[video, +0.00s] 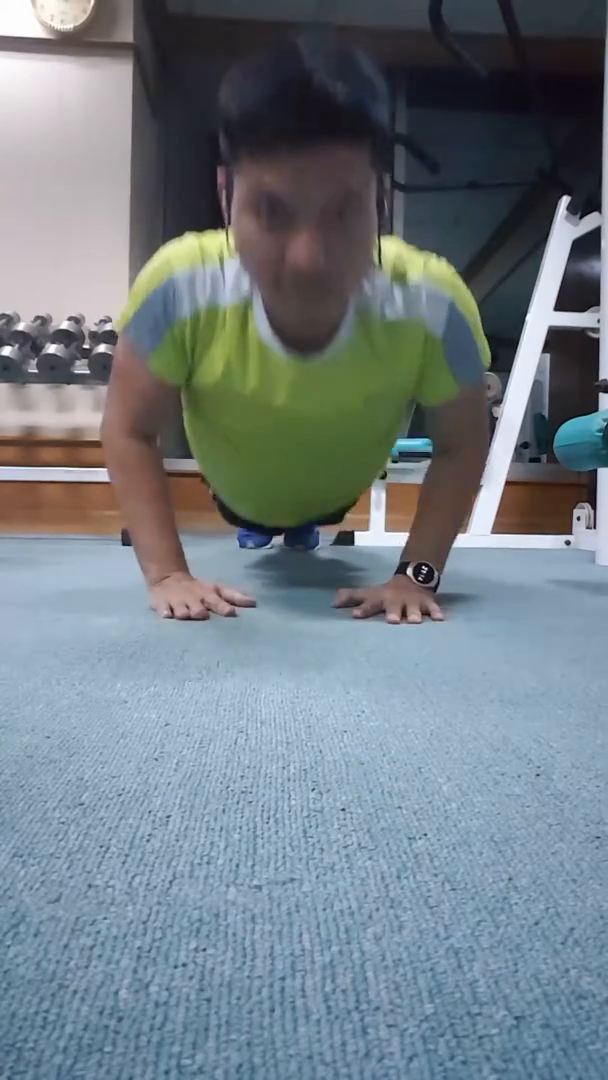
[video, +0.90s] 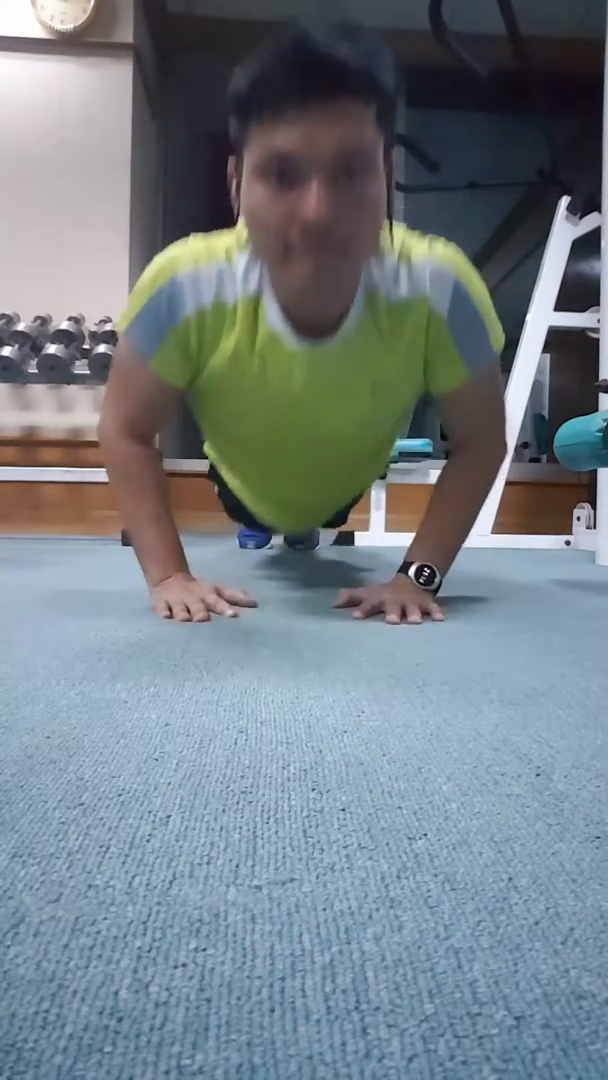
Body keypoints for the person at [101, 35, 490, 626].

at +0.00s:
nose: (307, 254)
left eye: (341, 211)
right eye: (272, 211)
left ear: (381, 195)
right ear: (225, 195)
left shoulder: (428, 298)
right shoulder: (177, 282)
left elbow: (462, 444)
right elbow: (126, 431)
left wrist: (416, 574)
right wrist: (168, 574)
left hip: (338, 489)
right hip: (236, 489)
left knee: (316, 516)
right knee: (249, 521)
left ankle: (303, 530)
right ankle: (260, 528)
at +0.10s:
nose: (313, 317)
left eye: (348, 273)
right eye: (279, 272)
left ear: (387, 254)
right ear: (229, 249)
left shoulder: (437, 339)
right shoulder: (175, 321)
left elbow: (475, 455)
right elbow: (122, 441)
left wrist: (418, 576)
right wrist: (167, 574)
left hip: (342, 504)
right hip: (227, 504)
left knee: (329, 527)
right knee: (249, 528)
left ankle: (326, 533)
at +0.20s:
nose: (312, 382)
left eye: (349, 342)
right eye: (278, 336)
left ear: (389, 320)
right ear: (228, 311)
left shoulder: (444, 383)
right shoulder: (167, 364)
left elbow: (487, 461)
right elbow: (114, 450)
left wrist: (420, 577)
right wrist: (168, 576)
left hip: (343, 510)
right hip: (225, 510)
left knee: (315, 544)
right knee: (249, 552)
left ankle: (291, 563)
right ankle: (262, 565)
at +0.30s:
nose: (309, 448)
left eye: (347, 407)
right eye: (274, 404)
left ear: (387, 380)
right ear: (223, 372)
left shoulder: (444, 417)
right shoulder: (162, 405)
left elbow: (497, 461)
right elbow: (101, 446)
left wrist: (421, 577)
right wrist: (167, 577)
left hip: (344, 556)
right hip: (231, 552)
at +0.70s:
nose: (305, 380)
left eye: (340, 338)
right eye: (271, 342)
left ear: (383, 321)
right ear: (219, 324)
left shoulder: (441, 384)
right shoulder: (163, 383)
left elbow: (495, 457)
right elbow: (102, 447)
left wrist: (421, 576)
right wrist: (168, 577)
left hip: (349, 541)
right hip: (235, 550)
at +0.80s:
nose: (310, 283)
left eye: (344, 246)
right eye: (277, 246)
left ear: (385, 240)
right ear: (226, 242)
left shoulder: (438, 330)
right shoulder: (169, 328)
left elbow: (488, 452)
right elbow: (111, 441)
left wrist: (418, 577)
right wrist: (168, 577)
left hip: (348, 506)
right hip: (234, 507)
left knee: (336, 530)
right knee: (245, 531)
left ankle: (325, 537)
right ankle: (262, 543)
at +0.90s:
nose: (318, 209)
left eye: (349, 173)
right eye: (283, 175)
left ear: (388, 174)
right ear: (236, 182)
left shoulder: (434, 284)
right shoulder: (181, 283)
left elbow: (479, 442)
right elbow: (124, 432)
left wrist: (417, 577)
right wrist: (169, 576)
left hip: (348, 486)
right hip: (242, 485)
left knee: (330, 518)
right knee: (255, 521)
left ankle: (317, 531)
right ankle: (263, 531)